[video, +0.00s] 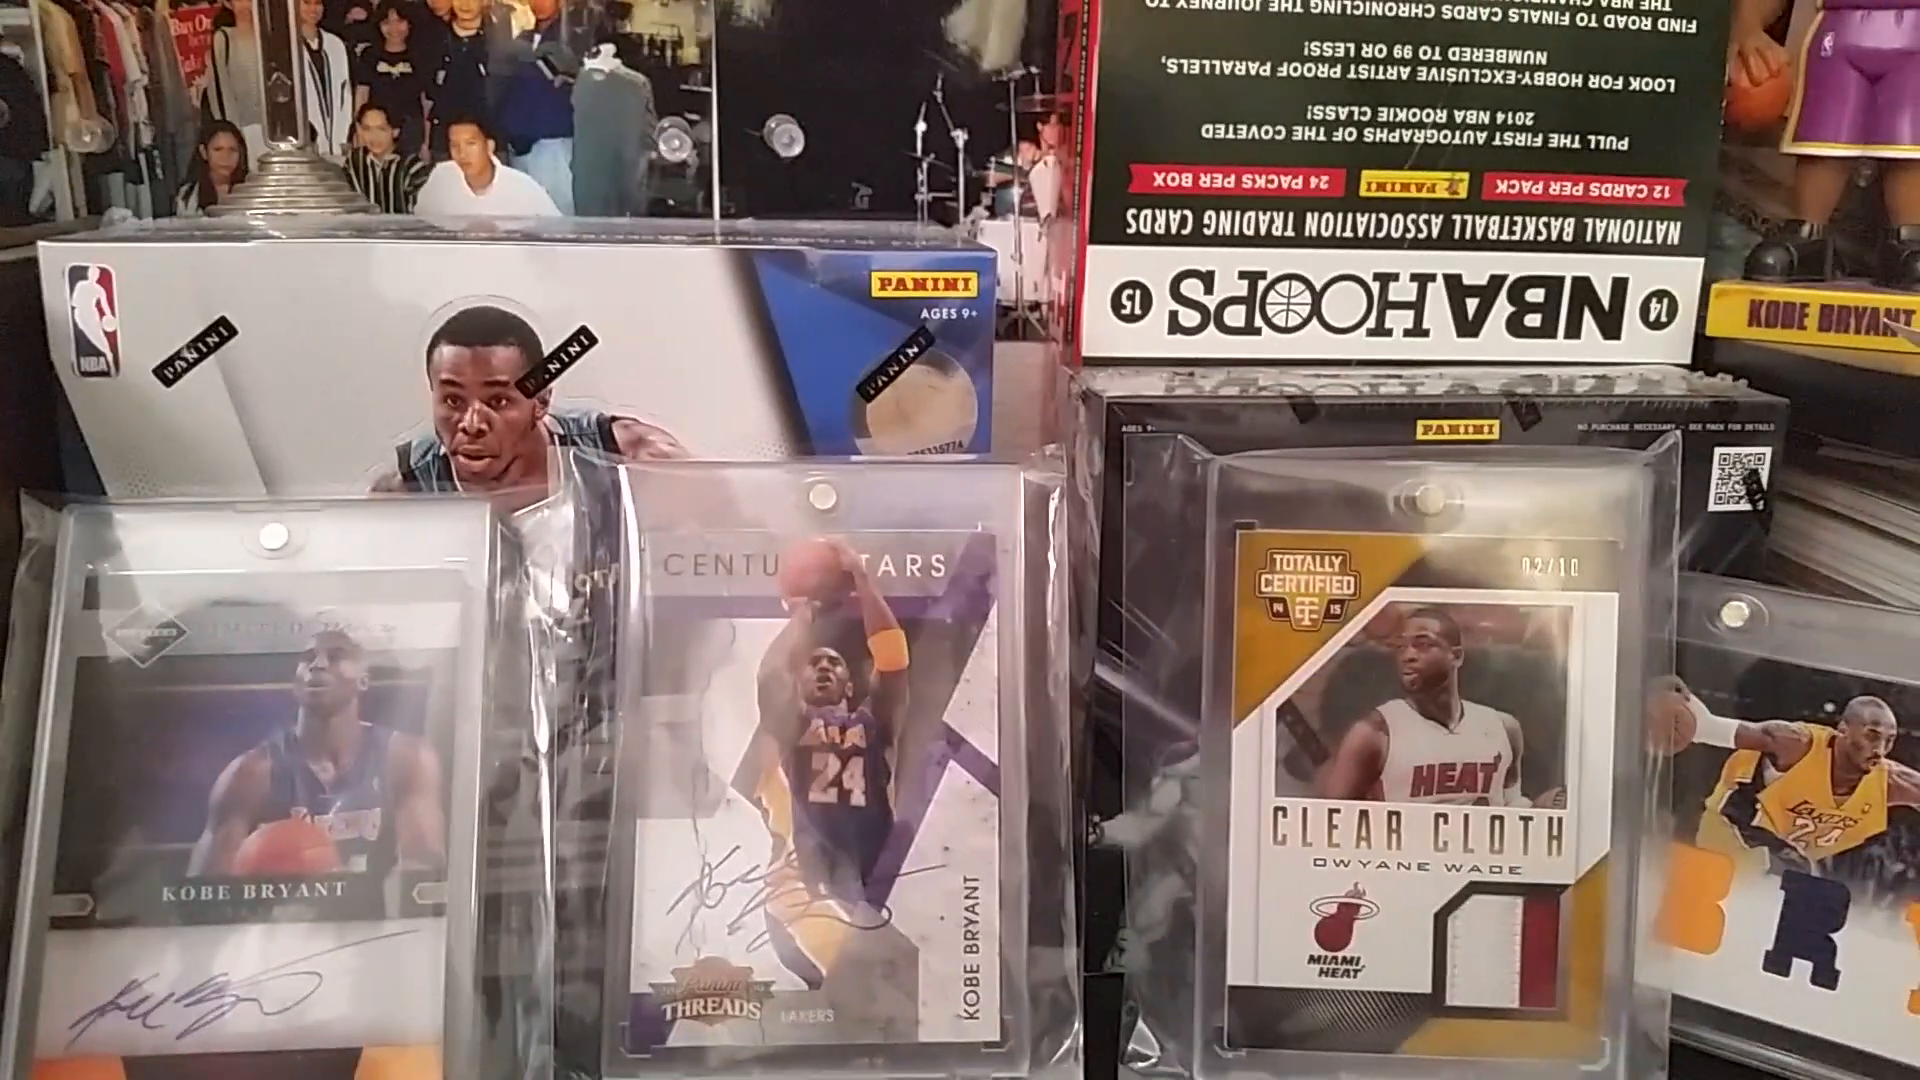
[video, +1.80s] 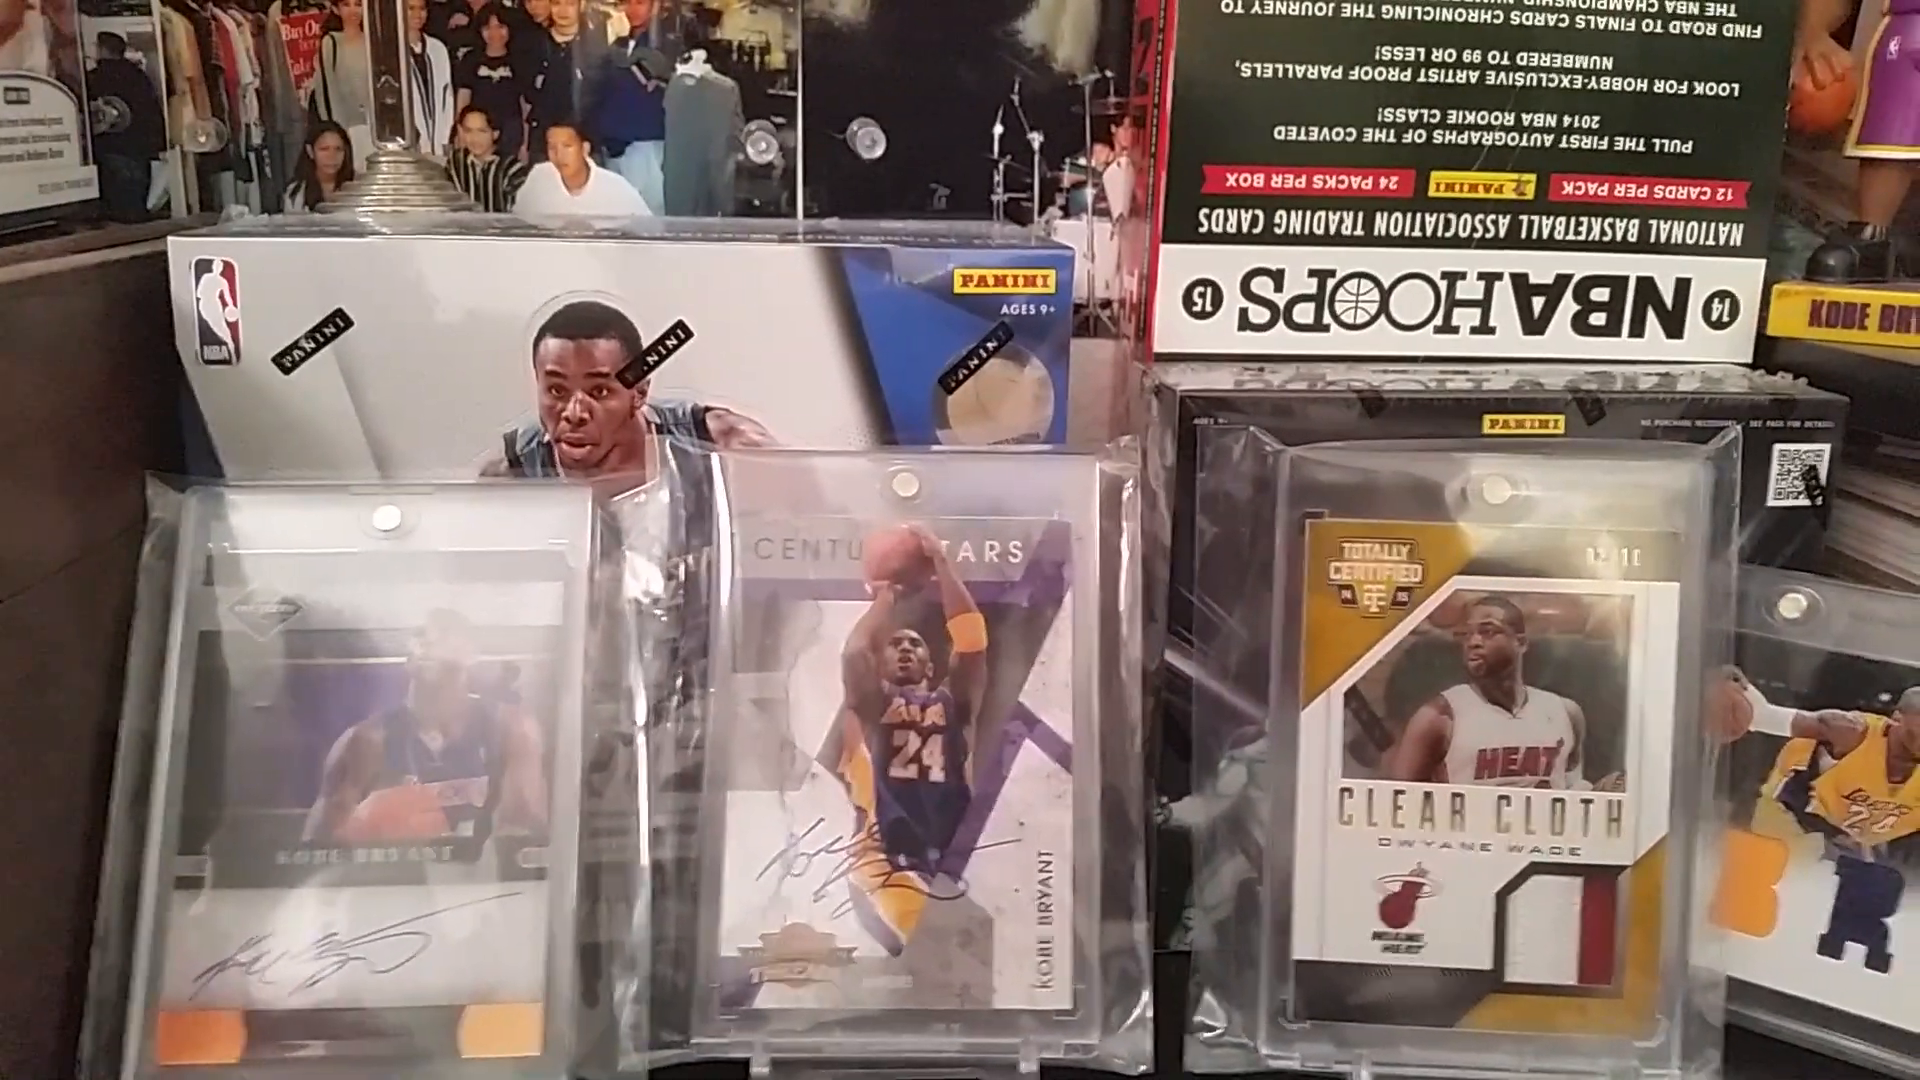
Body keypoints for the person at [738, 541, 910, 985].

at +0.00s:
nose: (823, 668)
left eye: (834, 662)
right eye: (812, 663)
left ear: (850, 679)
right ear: (796, 679)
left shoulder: (875, 723)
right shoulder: (788, 727)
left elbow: (890, 656)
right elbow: (772, 673)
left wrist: (862, 578)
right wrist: (803, 611)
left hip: (862, 893)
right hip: (798, 891)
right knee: (869, 967)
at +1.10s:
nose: (845, 658)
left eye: (855, 652)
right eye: (834, 653)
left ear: (871, 670)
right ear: (817, 672)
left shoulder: (896, 712)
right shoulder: (809, 715)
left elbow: (911, 647)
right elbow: (794, 662)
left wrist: (883, 568)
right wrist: (825, 604)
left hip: (886, 868)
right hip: (823, 868)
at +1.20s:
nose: (856, 658)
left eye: (867, 651)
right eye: (846, 651)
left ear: (882, 665)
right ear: (828, 662)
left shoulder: (901, 703)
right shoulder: (822, 708)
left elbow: (922, 643)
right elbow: (810, 657)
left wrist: (894, 576)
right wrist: (834, 604)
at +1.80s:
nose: (905, 649)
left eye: (915, 643)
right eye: (893, 644)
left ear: (931, 659)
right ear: (877, 661)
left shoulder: (954, 702)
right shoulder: (874, 703)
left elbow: (970, 637)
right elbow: (854, 653)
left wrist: (942, 563)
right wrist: (885, 596)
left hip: (951, 852)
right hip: (890, 857)